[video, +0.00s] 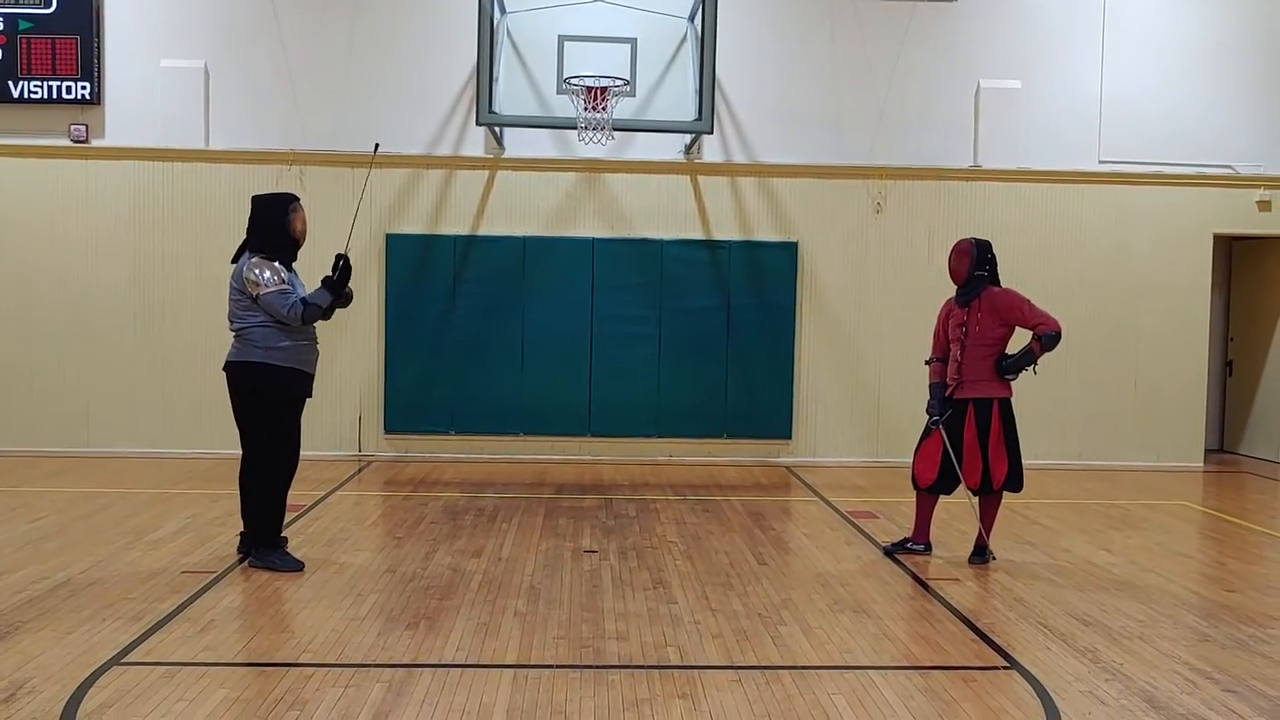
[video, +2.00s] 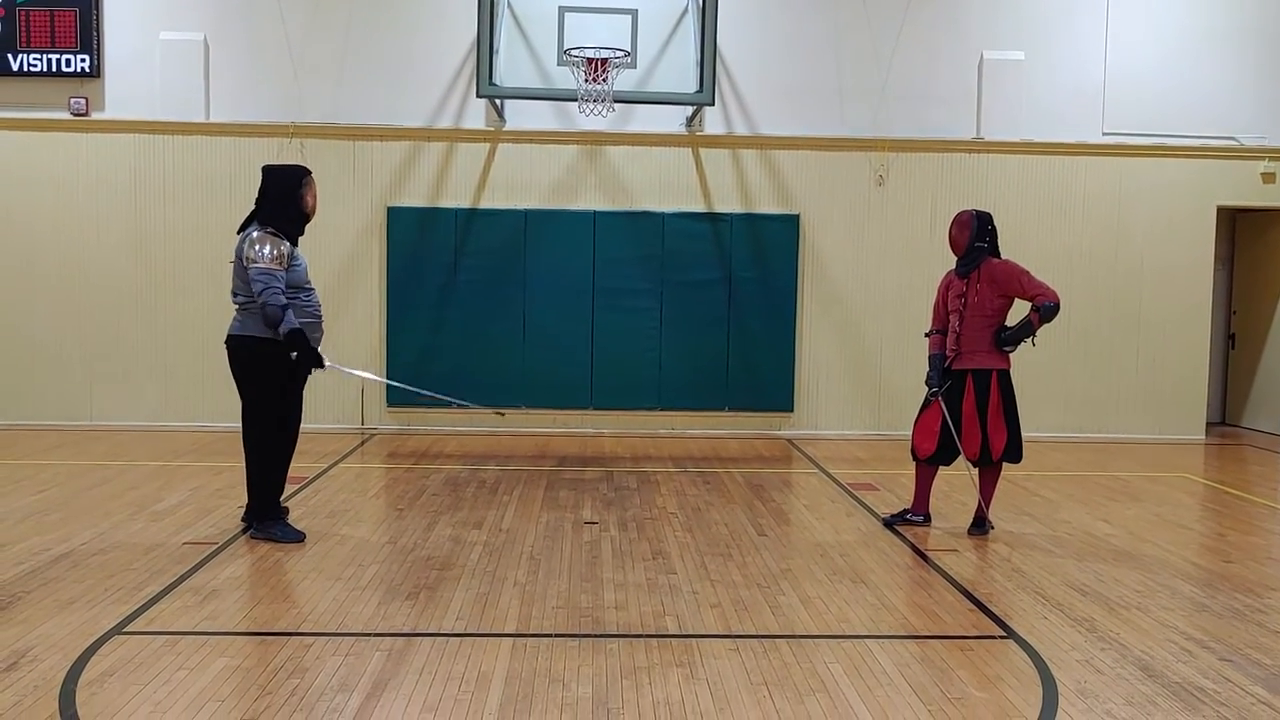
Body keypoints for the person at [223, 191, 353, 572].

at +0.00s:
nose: (304, 228)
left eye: (303, 220)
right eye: (299, 220)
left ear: (277, 223)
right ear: (279, 222)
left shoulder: (277, 266)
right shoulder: (259, 265)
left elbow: (303, 310)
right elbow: (294, 312)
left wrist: (332, 297)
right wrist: (328, 292)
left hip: (280, 375)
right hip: (261, 374)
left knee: (277, 457)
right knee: (268, 458)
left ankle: (262, 538)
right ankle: (262, 545)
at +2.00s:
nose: (315, 203)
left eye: (314, 195)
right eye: (311, 195)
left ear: (286, 196)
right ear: (291, 197)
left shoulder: (274, 237)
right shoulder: (266, 239)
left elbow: (274, 297)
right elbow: (269, 295)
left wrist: (302, 341)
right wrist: (295, 337)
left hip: (273, 347)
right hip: (262, 346)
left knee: (277, 429)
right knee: (270, 430)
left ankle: (263, 509)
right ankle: (264, 517)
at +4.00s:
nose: (322, 200)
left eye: (321, 191)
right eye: (317, 191)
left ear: (293, 195)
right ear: (297, 195)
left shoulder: (287, 236)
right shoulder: (276, 238)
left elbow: (308, 278)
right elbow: (308, 289)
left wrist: (338, 276)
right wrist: (349, 305)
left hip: (293, 345)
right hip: (280, 345)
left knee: (293, 427)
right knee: (291, 428)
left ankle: (283, 507)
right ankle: (282, 515)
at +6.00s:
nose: (318, 168)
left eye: (317, 160)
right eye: (313, 160)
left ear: (290, 162)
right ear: (294, 161)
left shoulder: (282, 202)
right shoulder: (268, 202)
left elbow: (292, 260)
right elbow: (279, 263)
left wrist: (318, 291)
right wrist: (318, 292)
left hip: (280, 309)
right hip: (271, 310)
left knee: (278, 391)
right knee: (293, 392)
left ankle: (276, 471)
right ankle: (292, 477)